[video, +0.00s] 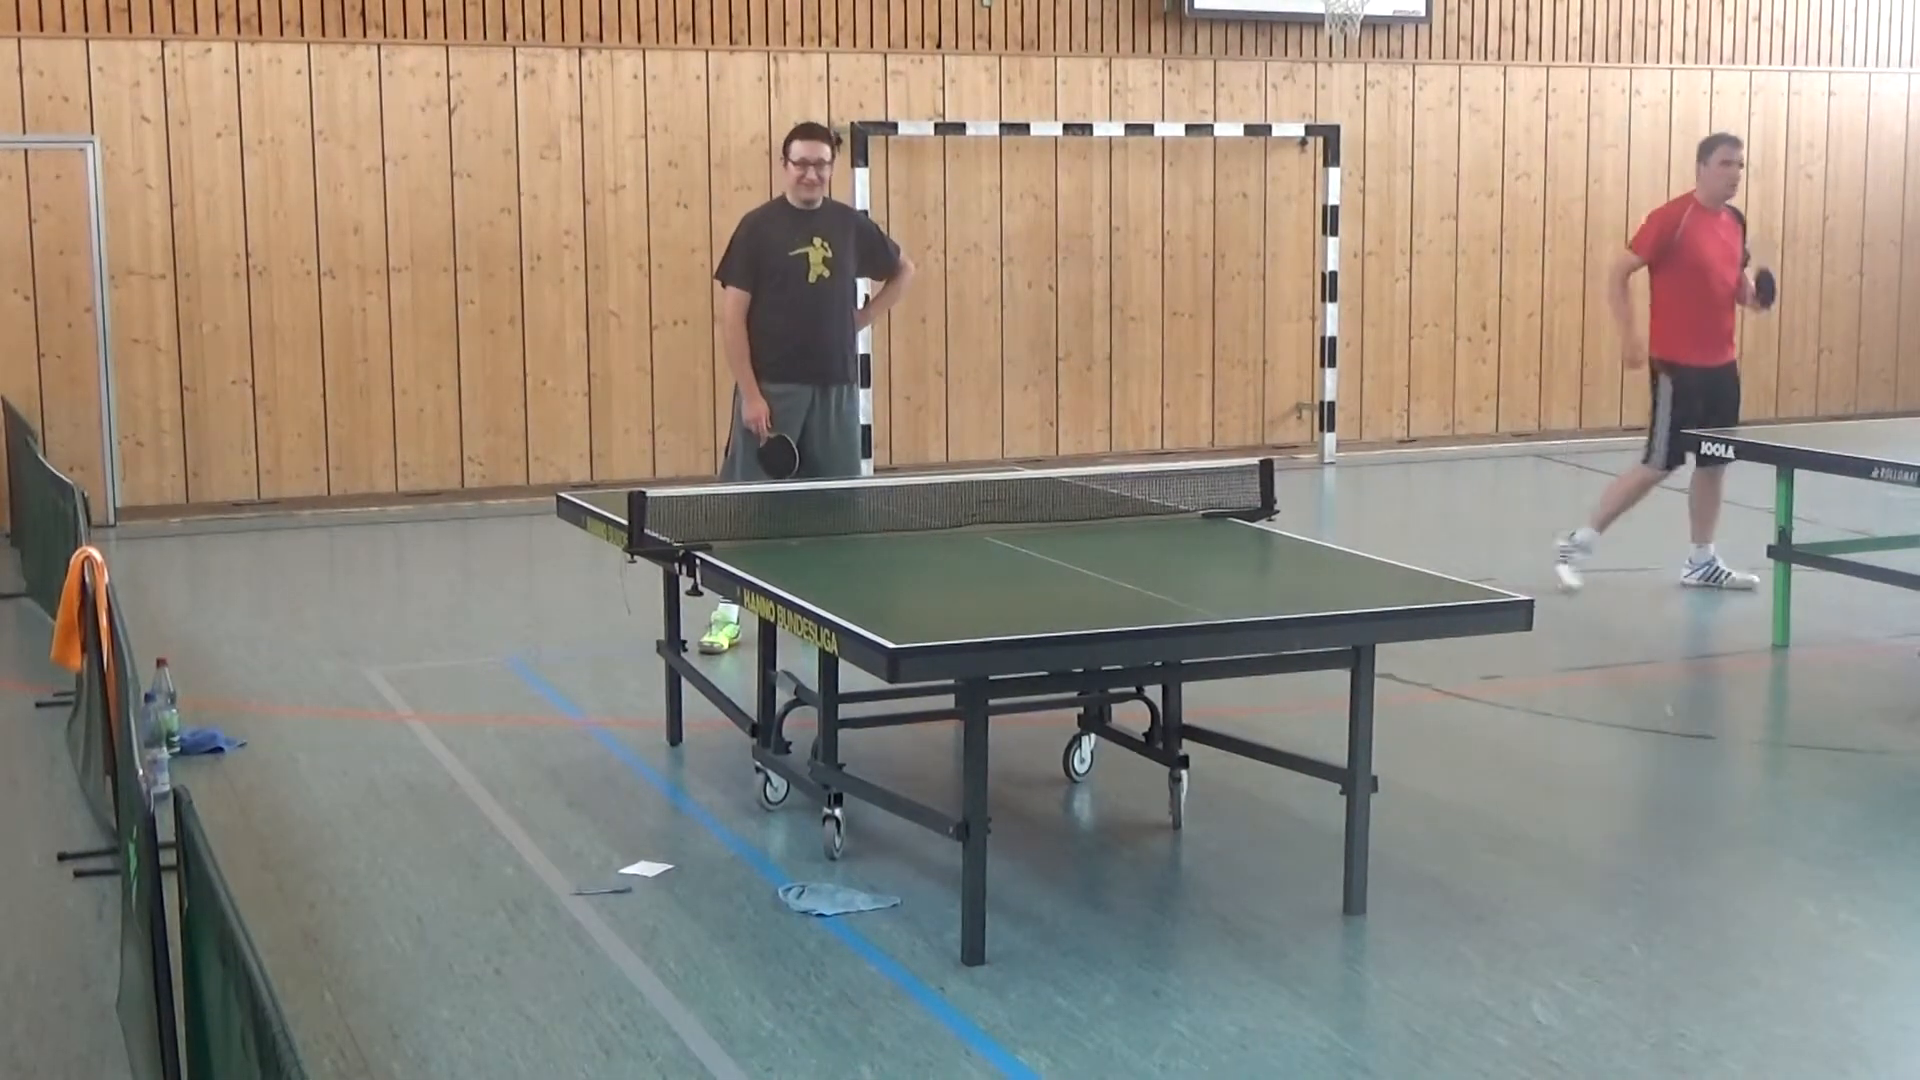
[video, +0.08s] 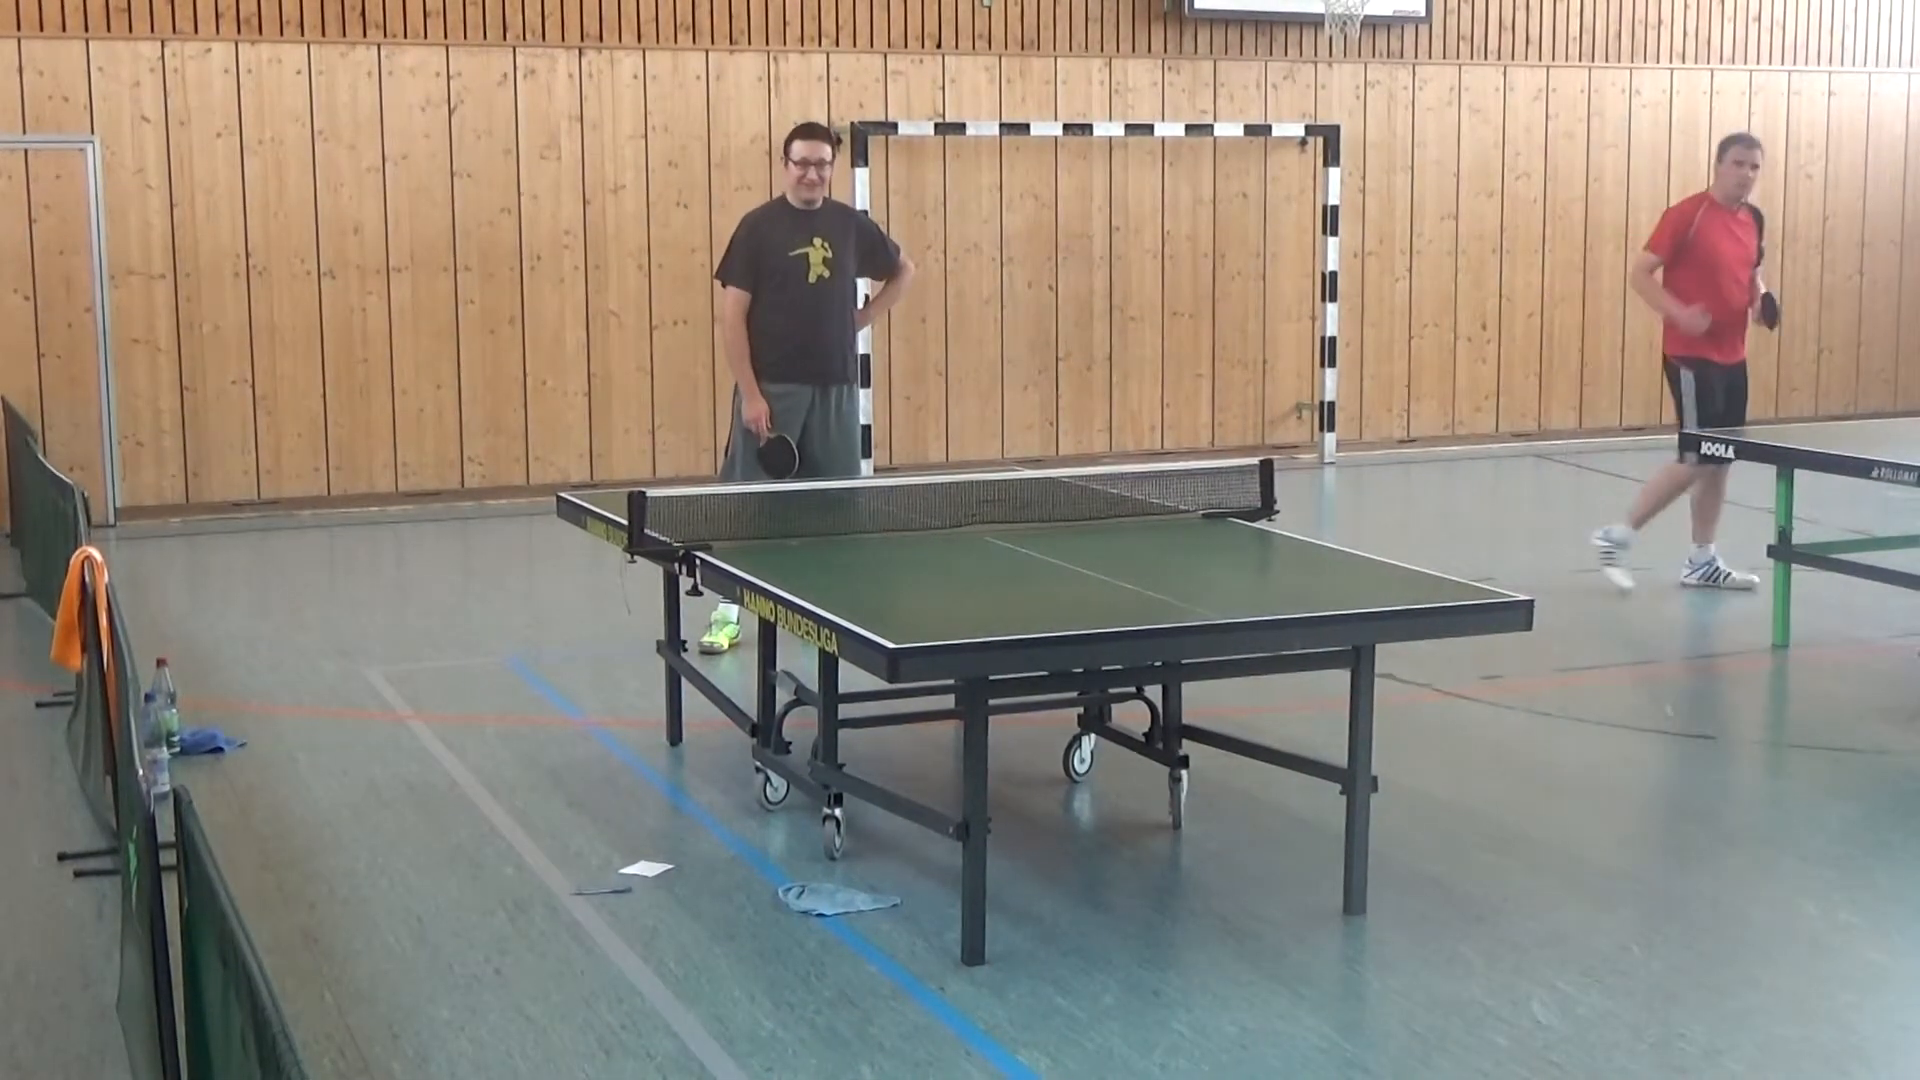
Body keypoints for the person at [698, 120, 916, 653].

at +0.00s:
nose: (811, 173)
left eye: (820, 165)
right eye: (801, 164)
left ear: (832, 168)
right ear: (784, 165)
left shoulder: (852, 225)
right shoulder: (756, 227)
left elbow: (902, 270)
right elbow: (731, 315)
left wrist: (866, 315)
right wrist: (749, 393)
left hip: (835, 392)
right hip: (768, 392)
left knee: (839, 510)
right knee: (744, 505)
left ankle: (837, 614)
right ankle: (728, 609)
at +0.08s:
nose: (812, 173)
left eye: (821, 164)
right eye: (803, 163)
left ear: (832, 168)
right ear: (786, 165)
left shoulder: (852, 225)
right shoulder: (756, 227)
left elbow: (902, 270)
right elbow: (731, 314)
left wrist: (866, 315)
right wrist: (749, 393)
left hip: (835, 392)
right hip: (768, 392)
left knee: (839, 510)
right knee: (744, 506)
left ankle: (837, 614)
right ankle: (728, 609)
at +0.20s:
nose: (813, 173)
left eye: (822, 164)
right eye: (804, 163)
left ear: (833, 168)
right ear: (786, 165)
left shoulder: (853, 225)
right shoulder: (756, 227)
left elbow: (903, 271)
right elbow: (731, 315)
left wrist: (866, 315)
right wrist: (749, 392)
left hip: (835, 391)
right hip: (768, 392)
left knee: (838, 510)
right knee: (744, 505)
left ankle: (837, 614)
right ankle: (728, 609)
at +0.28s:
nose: (813, 173)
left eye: (822, 164)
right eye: (804, 163)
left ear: (833, 168)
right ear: (787, 165)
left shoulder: (853, 225)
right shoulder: (756, 226)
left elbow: (902, 271)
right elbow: (731, 315)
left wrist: (865, 315)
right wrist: (749, 392)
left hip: (835, 392)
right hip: (768, 392)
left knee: (838, 510)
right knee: (744, 506)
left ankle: (837, 614)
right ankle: (728, 609)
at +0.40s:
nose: (812, 173)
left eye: (821, 164)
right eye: (802, 163)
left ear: (832, 167)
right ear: (786, 165)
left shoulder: (853, 225)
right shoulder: (756, 227)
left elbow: (903, 271)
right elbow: (723, 317)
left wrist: (865, 315)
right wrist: (759, 368)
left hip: (835, 391)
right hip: (766, 390)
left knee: (836, 509)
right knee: (748, 504)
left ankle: (834, 614)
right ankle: (729, 609)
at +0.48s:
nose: (811, 172)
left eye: (820, 164)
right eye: (801, 163)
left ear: (832, 167)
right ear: (785, 165)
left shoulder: (852, 225)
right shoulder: (755, 226)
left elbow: (903, 271)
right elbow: (719, 307)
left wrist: (866, 316)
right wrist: (760, 343)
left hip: (836, 388)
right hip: (769, 388)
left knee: (835, 506)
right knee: (747, 500)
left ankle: (833, 612)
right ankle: (729, 607)